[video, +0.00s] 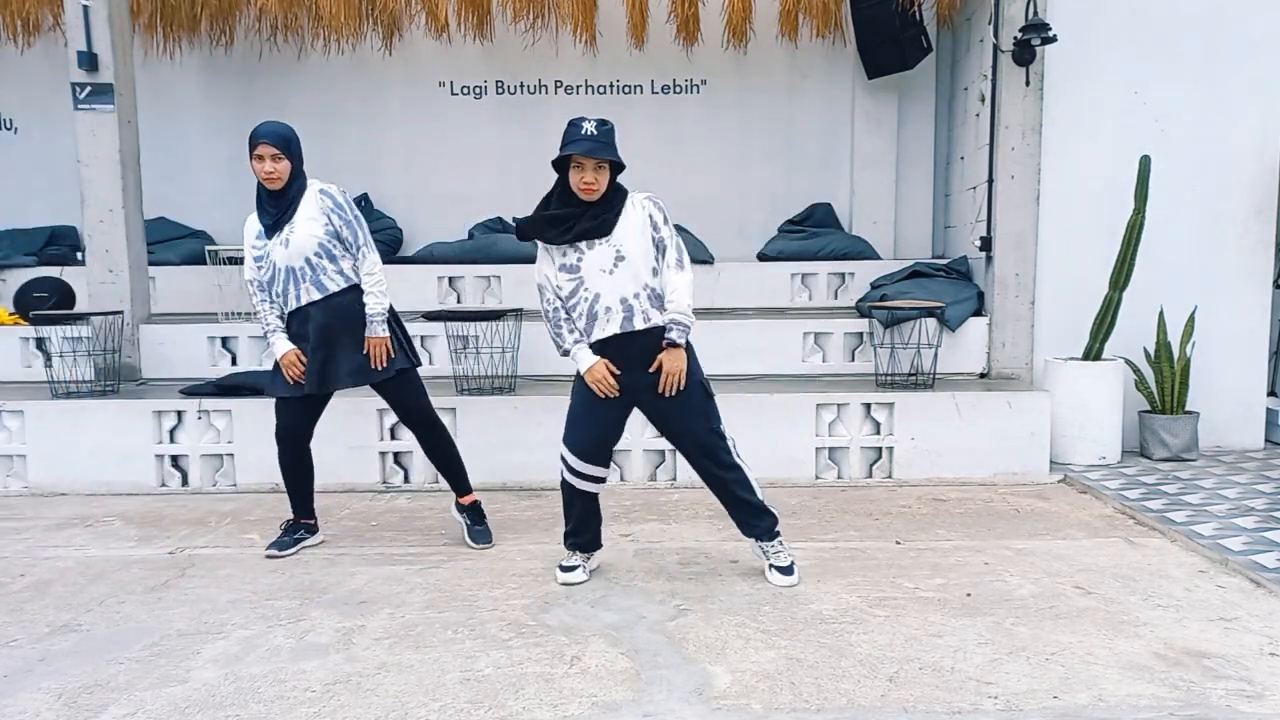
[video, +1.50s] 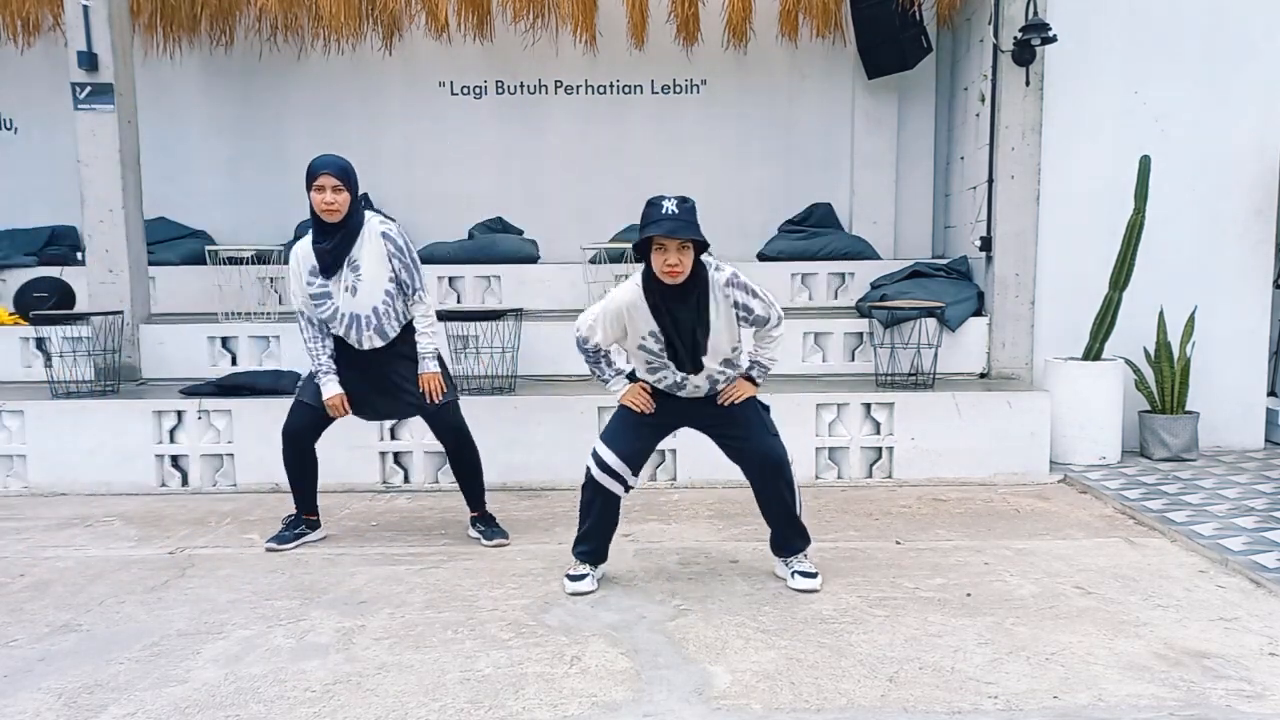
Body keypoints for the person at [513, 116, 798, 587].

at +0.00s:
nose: (588, 177)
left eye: (598, 167)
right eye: (579, 167)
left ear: (613, 169)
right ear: (565, 169)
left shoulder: (644, 209)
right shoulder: (552, 231)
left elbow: (677, 274)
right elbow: (553, 306)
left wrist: (676, 341)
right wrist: (583, 358)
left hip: (659, 349)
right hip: (596, 358)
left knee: (709, 447)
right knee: (579, 458)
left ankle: (767, 538)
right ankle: (580, 548)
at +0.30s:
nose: (617, 204)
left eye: (628, 194)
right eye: (608, 193)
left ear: (643, 194)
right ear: (593, 192)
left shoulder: (671, 230)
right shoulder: (573, 248)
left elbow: (727, 274)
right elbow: (552, 317)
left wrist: (721, 339)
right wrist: (579, 367)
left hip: (685, 362)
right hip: (616, 371)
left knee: (741, 440)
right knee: (582, 457)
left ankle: (790, 538)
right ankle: (582, 547)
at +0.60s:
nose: (742, 228)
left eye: (752, 218)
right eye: (732, 217)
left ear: (766, 222)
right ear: (716, 219)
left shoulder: (776, 273)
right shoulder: (679, 260)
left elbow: (809, 329)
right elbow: (628, 310)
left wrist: (769, 374)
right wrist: (628, 369)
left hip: (734, 387)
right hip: (663, 382)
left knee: (775, 457)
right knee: (607, 453)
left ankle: (792, 552)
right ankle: (579, 547)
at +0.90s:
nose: (768, 168)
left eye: (778, 158)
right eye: (759, 157)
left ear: (792, 161)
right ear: (744, 159)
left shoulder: (808, 226)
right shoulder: (711, 207)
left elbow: (819, 299)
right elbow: (671, 275)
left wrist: (797, 354)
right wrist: (660, 337)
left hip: (762, 356)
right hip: (696, 348)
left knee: (778, 456)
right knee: (646, 450)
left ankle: (791, 551)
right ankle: (600, 535)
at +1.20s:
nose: (782, 193)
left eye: (792, 183)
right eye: (771, 183)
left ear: (805, 185)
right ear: (754, 184)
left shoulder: (815, 245)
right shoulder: (720, 226)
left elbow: (822, 313)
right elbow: (662, 271)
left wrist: (789, 359)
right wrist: (655, 344)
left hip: (755, 368)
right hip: (686, 356)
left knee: (780, 449)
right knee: (636, 435)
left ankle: (791, 552)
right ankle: (594, 537)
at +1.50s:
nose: (673, 259)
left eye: (682, 248)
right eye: (662, 249)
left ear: (697, 249)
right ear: (647, 252)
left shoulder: (725, 283)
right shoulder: (629, 297)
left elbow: (771, 319)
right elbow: (587, 335)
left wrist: (753, 375)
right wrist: (622, 383)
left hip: (723, 395)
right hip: (656, 398)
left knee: (771, 459)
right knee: (606, 465)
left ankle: (791, 553)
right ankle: (587, 560)